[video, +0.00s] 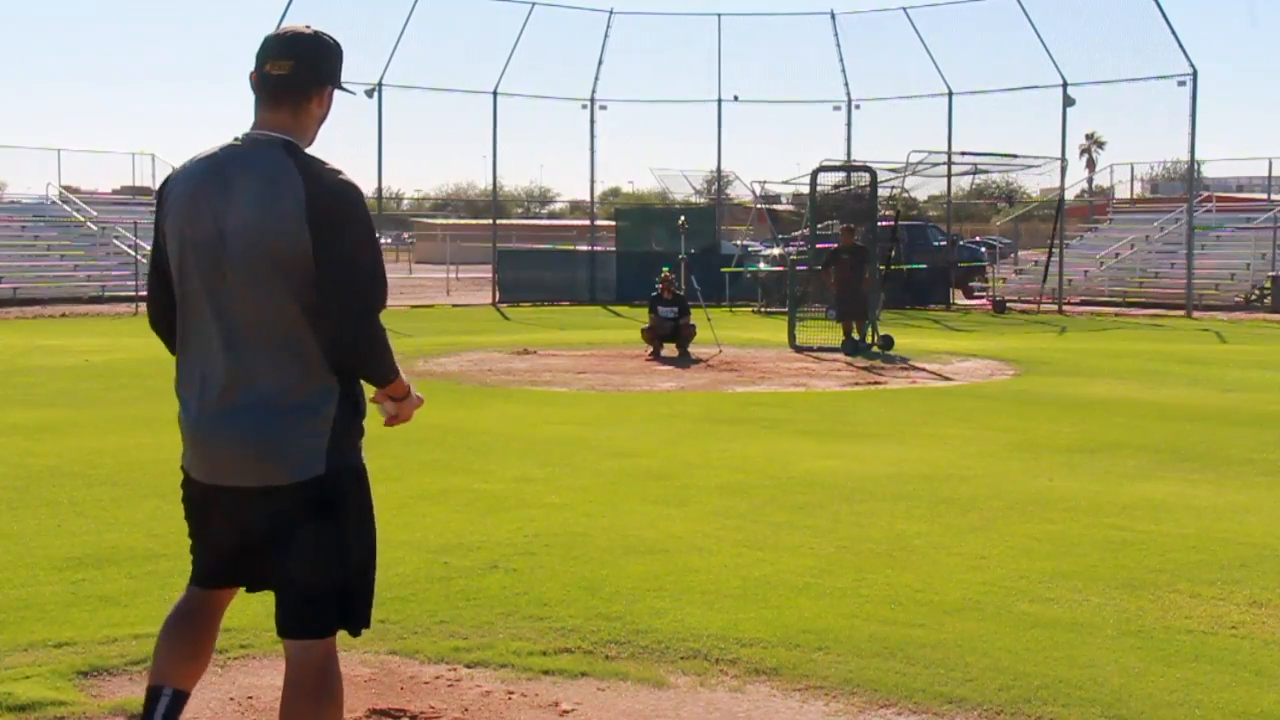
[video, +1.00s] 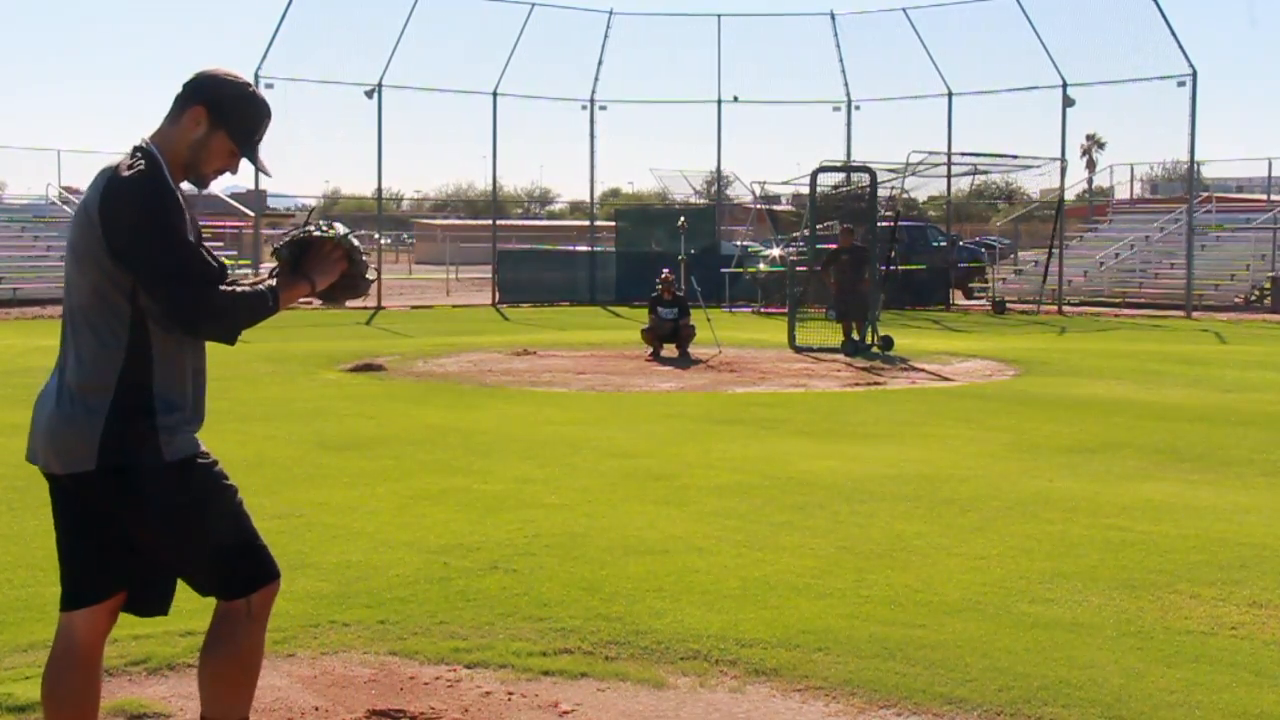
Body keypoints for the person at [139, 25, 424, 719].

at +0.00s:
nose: (329, 109)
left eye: (330, 98)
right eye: (331, 97)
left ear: (255, 90)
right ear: (321, 98)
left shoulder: (181, 186)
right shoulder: (329, 194)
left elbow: (165, 314)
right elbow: (352, 322)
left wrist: (226, 362)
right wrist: (391, 381)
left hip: (209, 446)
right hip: (307, 450)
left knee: (208, 588)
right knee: (312, 640)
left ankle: (156, 714)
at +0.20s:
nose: (301, 120)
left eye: (302, 107)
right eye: (303, 106)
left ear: (227, 98)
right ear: (289, 105)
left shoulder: (158, 190)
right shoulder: (273, 200)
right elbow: (308, 343)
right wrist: (359, 347)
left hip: (169, 453)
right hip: (264, 456)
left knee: (155, 623)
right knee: (289, 646)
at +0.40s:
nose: (256, 147)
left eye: (262, 134)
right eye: (259, 130)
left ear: (199, 110)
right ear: (227, 112)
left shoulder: (127, 187)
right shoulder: (203, 201)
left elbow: (187, 306)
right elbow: (268, 331)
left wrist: (285, 288)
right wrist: (333, 303)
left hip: (107, 450)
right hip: (196, 456)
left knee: (107, 623)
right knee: (263, 627)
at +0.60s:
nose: (231, 162)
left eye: (239, 152)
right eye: (234, 145)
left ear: (190, 120)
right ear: (197, 118)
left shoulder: (107, 183)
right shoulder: (151, 189)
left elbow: (169, 300)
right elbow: (229, 313)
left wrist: (264, 279)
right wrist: (307, 283)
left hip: (78, 443)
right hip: (153, 448)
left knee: (93, 610)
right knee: (252, 595)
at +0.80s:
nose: (223, 168)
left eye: (231, 157)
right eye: (225, 151)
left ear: (183, 122)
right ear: (189, 120)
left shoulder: (104, 184)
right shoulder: (140, 191)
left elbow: (169, 297)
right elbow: (212, 311)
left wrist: (252, 280)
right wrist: (297, 281)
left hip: (70, 443)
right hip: (138, 448)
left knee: (88, 607)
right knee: (229, 600)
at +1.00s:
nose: (231, 167)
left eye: (239, 156)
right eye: (233, 150)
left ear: (194, 124)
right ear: (195, 120)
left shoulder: (121, 184)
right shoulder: (143, 190)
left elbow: (210, 297)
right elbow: (209, 312)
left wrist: (286, 282)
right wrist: (294, 284)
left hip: (81, 442)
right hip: (142, 444)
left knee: (88, 611)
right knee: (251, 585)